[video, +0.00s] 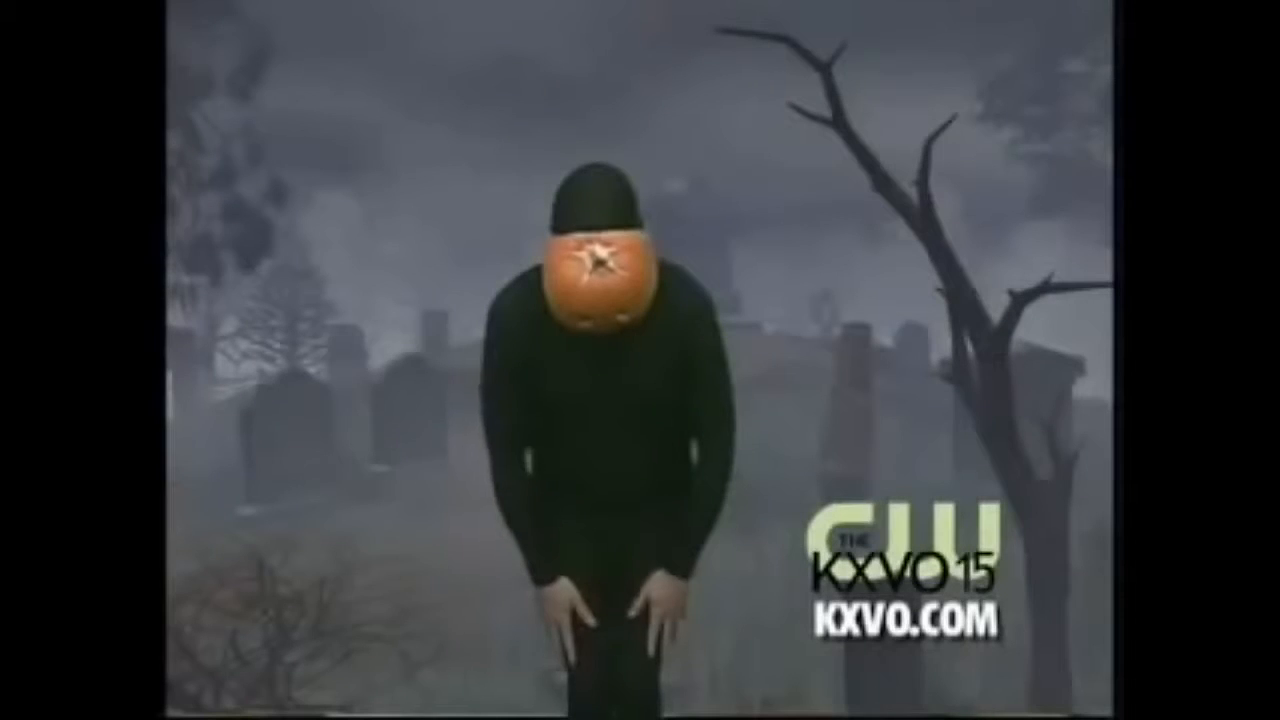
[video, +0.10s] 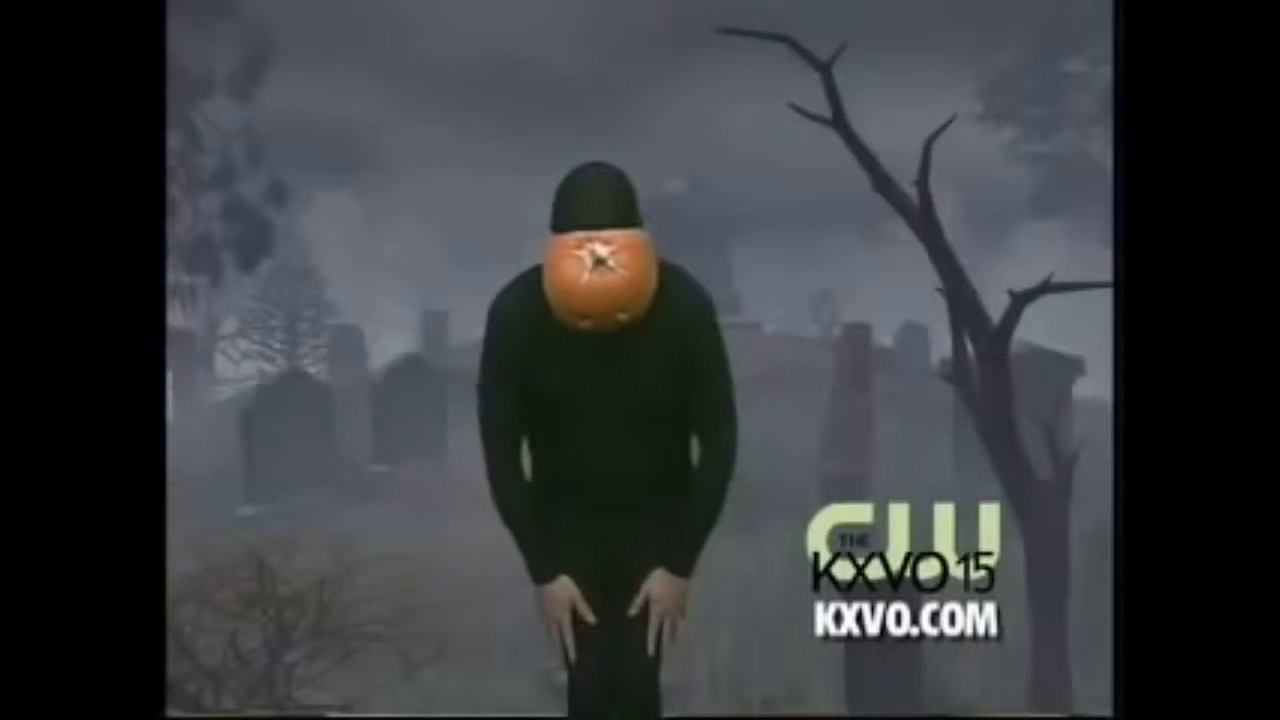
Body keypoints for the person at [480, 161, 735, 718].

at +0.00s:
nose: (598, 261)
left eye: (614, 245)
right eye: (580, 247)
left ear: (640, 241)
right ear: (555, 245)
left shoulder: (683, 305)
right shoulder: (517, 314)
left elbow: (717, 447)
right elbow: (506, 457)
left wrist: (678, 566)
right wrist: (545, 572)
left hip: (655, 507)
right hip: (564, 509)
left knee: (635, 677)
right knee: (589, 679)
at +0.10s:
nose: (598, 260)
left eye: (614, 244)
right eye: (581, 246)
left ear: (639, 240)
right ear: (555, 243)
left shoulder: (682, 304)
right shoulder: (517, 313)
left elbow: (719, 443)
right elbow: (501, 457)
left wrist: (679, 565)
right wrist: (545, 570)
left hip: (656, 505)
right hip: (564, 509)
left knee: (635, 675)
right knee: (589, 677)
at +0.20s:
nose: (598, 260)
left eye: (614, 245)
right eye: (581, 246)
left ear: (639, 239)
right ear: (555, 243)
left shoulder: (682, 304)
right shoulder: (519, 312)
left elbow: (721, 443)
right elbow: (496, 452)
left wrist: (679, 564)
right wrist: (544, 568)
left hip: (657, 506)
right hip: (564, 510)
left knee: (636, 676)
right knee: (588, 678)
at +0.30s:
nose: (598, 262)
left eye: (615, 248)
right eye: (580, 249)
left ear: (640, 240)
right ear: (555, 244)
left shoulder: (681, 303)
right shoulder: (520, 311)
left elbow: (724, 441)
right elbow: (492, 451)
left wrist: (678, 562)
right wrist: (543, 566)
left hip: (657, 506)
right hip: (565, 509)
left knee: (635, 676)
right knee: (588, 679)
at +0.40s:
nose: (598, 260)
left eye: (615, 244)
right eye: (580, 246)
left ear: (640, 239)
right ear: (555, 242)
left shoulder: (680, 303)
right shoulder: (520, 310)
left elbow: (726, 441)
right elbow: (488, 449)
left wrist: (678, 561)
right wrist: (542, 565)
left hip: (657, 505)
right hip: (564, 509)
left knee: (635, 678)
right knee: (588, 680)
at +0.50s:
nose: (598, 258)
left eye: (615, 243)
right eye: (581, 244)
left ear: (640, 239)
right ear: (555, 241)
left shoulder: (680, 303)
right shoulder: (519, 310)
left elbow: (727, 440)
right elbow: (485, 449)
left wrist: (677, 559)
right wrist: (542, 563)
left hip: (657, 507)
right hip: (564, 511)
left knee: (635, 681)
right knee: (588, 684)